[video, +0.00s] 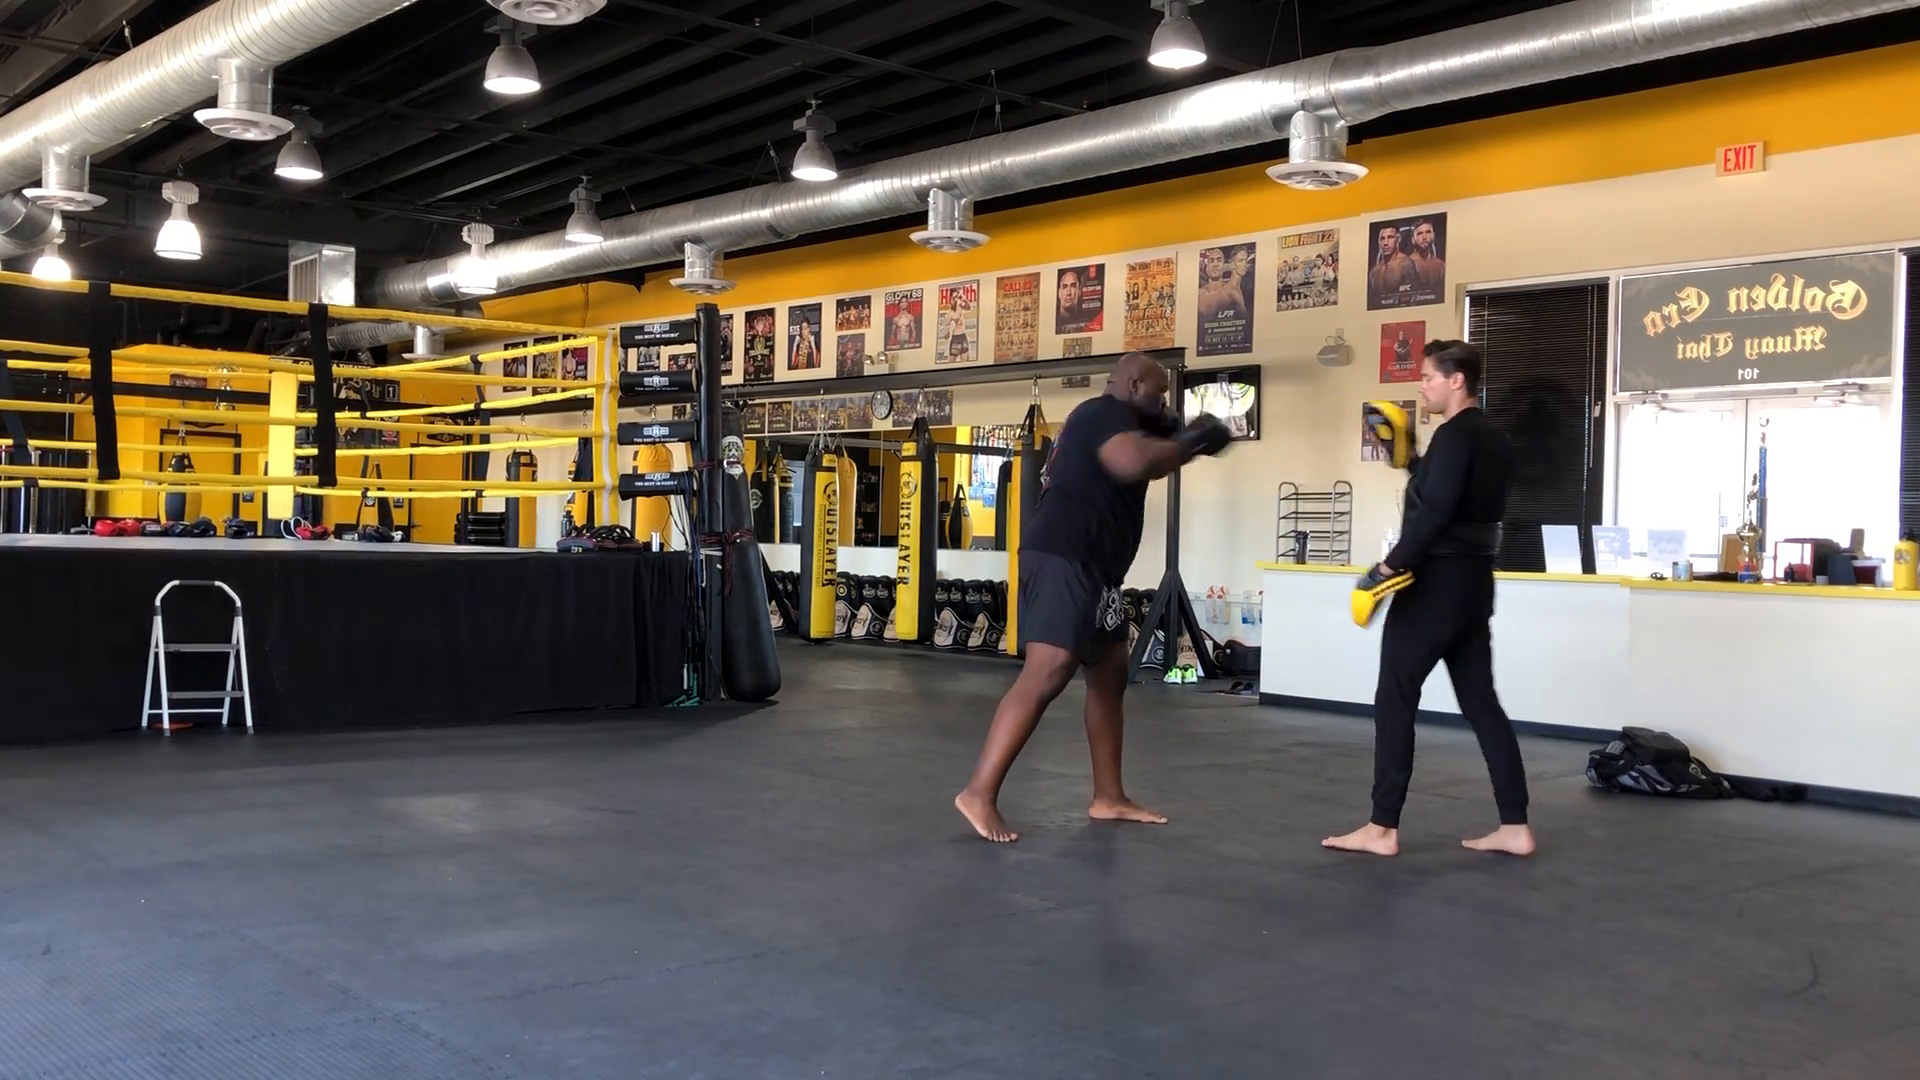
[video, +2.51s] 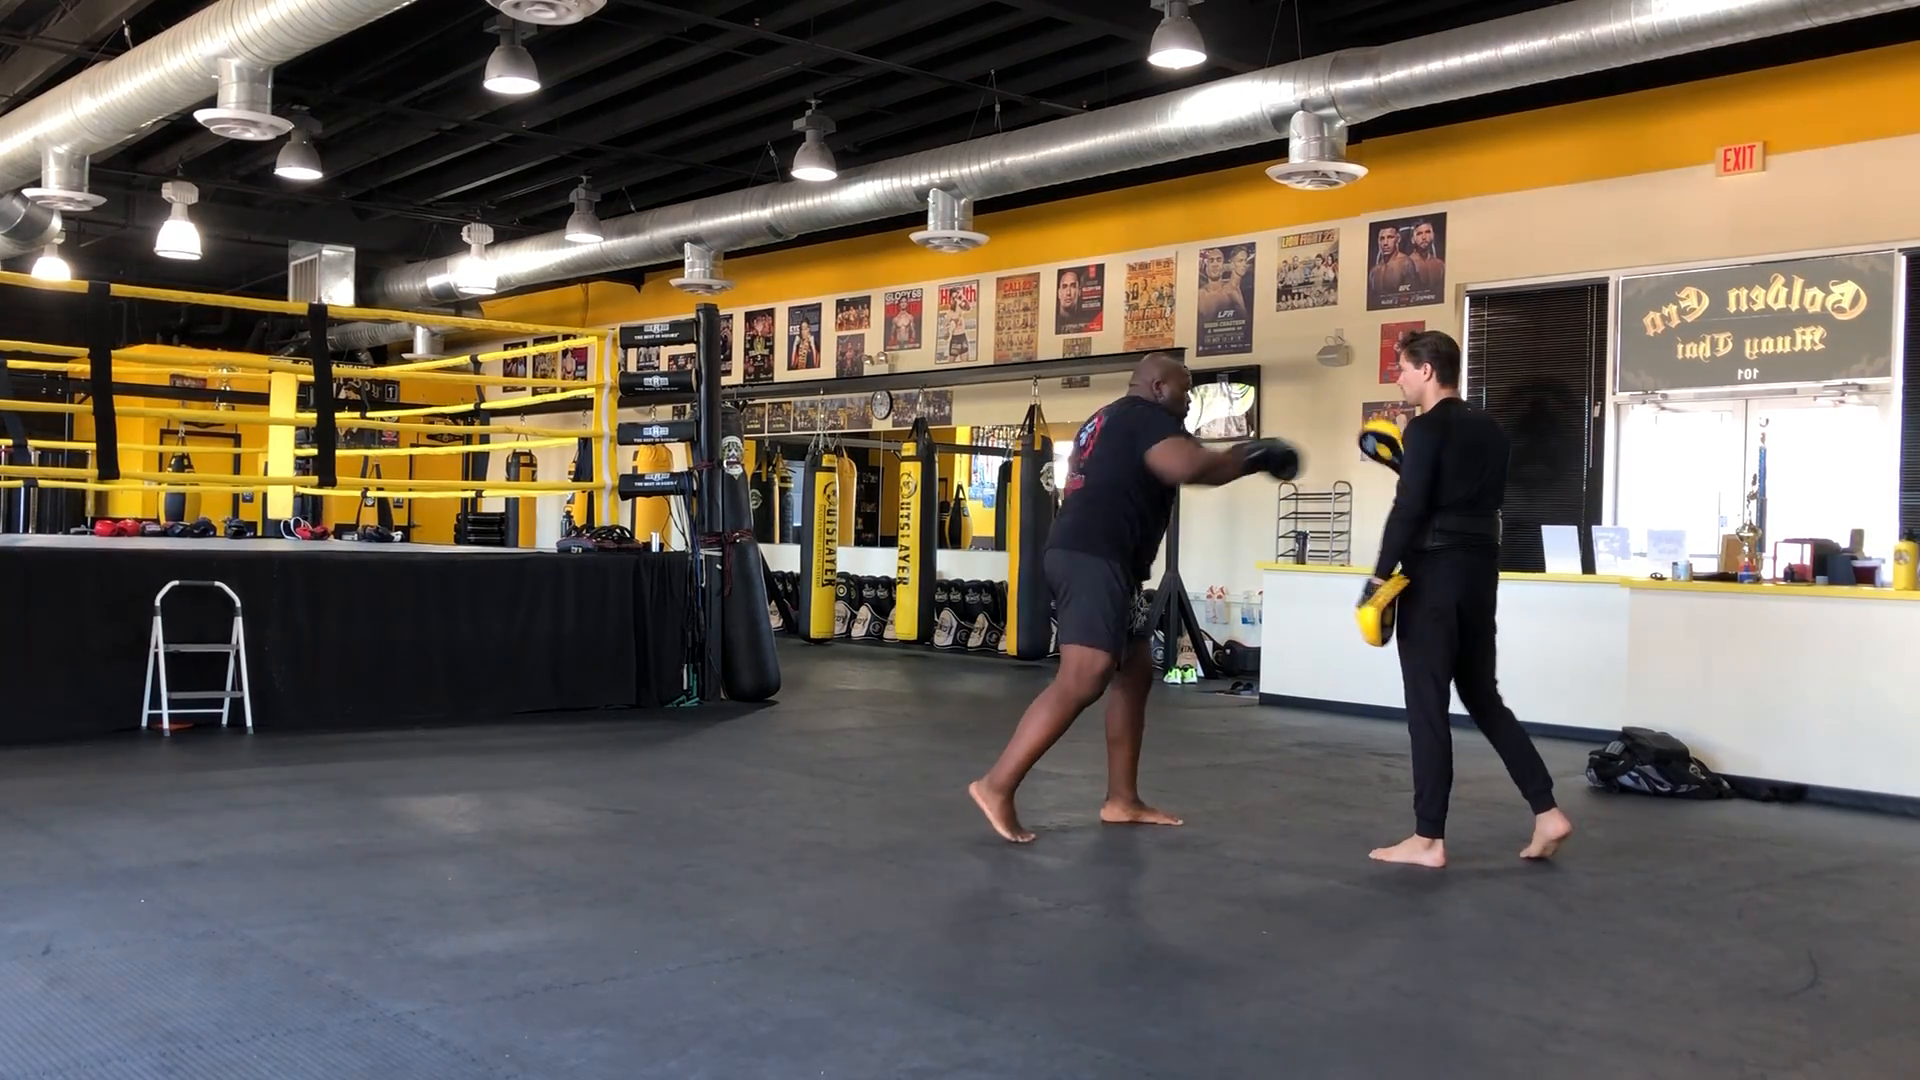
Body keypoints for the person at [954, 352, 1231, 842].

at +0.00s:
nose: (1160, 402)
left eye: (1162, 395)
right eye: (1156, 393)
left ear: (1125, 382)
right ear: (1130, 383)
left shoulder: (1118, 423)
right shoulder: (1100, 412)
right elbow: (1129, 460)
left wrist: (1167, 435)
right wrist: (1190, 442)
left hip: (1095, 567)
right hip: (1062, 558)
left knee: (1109, 671)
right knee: (1046, 672)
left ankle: (1109, 796)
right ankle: (979, 794)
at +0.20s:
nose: (1143, 389)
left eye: (1145, 380)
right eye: (1137, 379)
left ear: (1123, 378)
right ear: (1105, 373)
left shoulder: (1123, 428)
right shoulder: (1061, 419)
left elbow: (1131, 496)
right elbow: (1059, 493)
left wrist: (1169, 464)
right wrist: (1121, 454)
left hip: (1106, 567)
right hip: (1052, 562)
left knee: (1111, 676)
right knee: (1041, 673)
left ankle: (1109, 797)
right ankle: (982, 799)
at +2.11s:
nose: (1141, 394)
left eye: (1141, 385)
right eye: (1134, 386)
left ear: (1109, 389)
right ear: (1103, 388)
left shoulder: (1105, 443)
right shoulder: (1064, 433)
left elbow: (1115, 498)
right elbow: (1065, 497)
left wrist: (1156, 466)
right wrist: (1130, 465)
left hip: (1092, 592)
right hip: (1050, 592)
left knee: (1129, 679)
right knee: (1041, 696)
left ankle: (1122, 799)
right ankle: (967, 808)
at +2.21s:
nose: (1165, 395)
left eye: (1164, 386)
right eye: (1158, 386)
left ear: (1119, 386)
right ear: (1130, 386)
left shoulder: (1088, 424)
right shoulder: (1110, 422)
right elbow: (1125, 470)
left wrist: (1156, 444)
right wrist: (1196, 447)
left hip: (1088, 582)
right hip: (1073, 580)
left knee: (1122, 676)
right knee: (1057, 692)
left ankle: (1121, 798)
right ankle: (970, 798)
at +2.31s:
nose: (1180, 406)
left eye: (1179, 397)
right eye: (1176, 396)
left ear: (1131, 390)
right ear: (1147, 392)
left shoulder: (1089, 422)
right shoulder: (1146, 422)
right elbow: (1238, 430)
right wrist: (1312, 423)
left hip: (1057, 563)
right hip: (1081, 568)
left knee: (1118, 676)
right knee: (1073, 692)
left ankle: (1120, 799)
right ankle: (981, 791)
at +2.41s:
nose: (1182, 404)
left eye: (1183, 397)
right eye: (1180, 395)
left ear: (1137, 386)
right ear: (1157, 388)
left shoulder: (1094, 422)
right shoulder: (1152, 421)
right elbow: (1235, 435)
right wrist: (1296, 429)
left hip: (1063, 556)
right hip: (1090, 562)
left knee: (1123, 672)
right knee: (1082, 683)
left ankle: (1121, 798)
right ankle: (992, 788)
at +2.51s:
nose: (1188, 400)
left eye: (1189, 390)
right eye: (1185, 389)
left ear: (1146, 383)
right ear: (1159, 385)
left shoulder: (1106, 419)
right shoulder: (1143, 416)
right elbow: (1186, 464)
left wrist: (1231, 457)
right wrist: (1246, 456)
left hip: (1083, 556)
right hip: (1095, 558)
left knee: (1135, 672)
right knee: (1083, 676)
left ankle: (1122, 799)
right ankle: (995, 787)